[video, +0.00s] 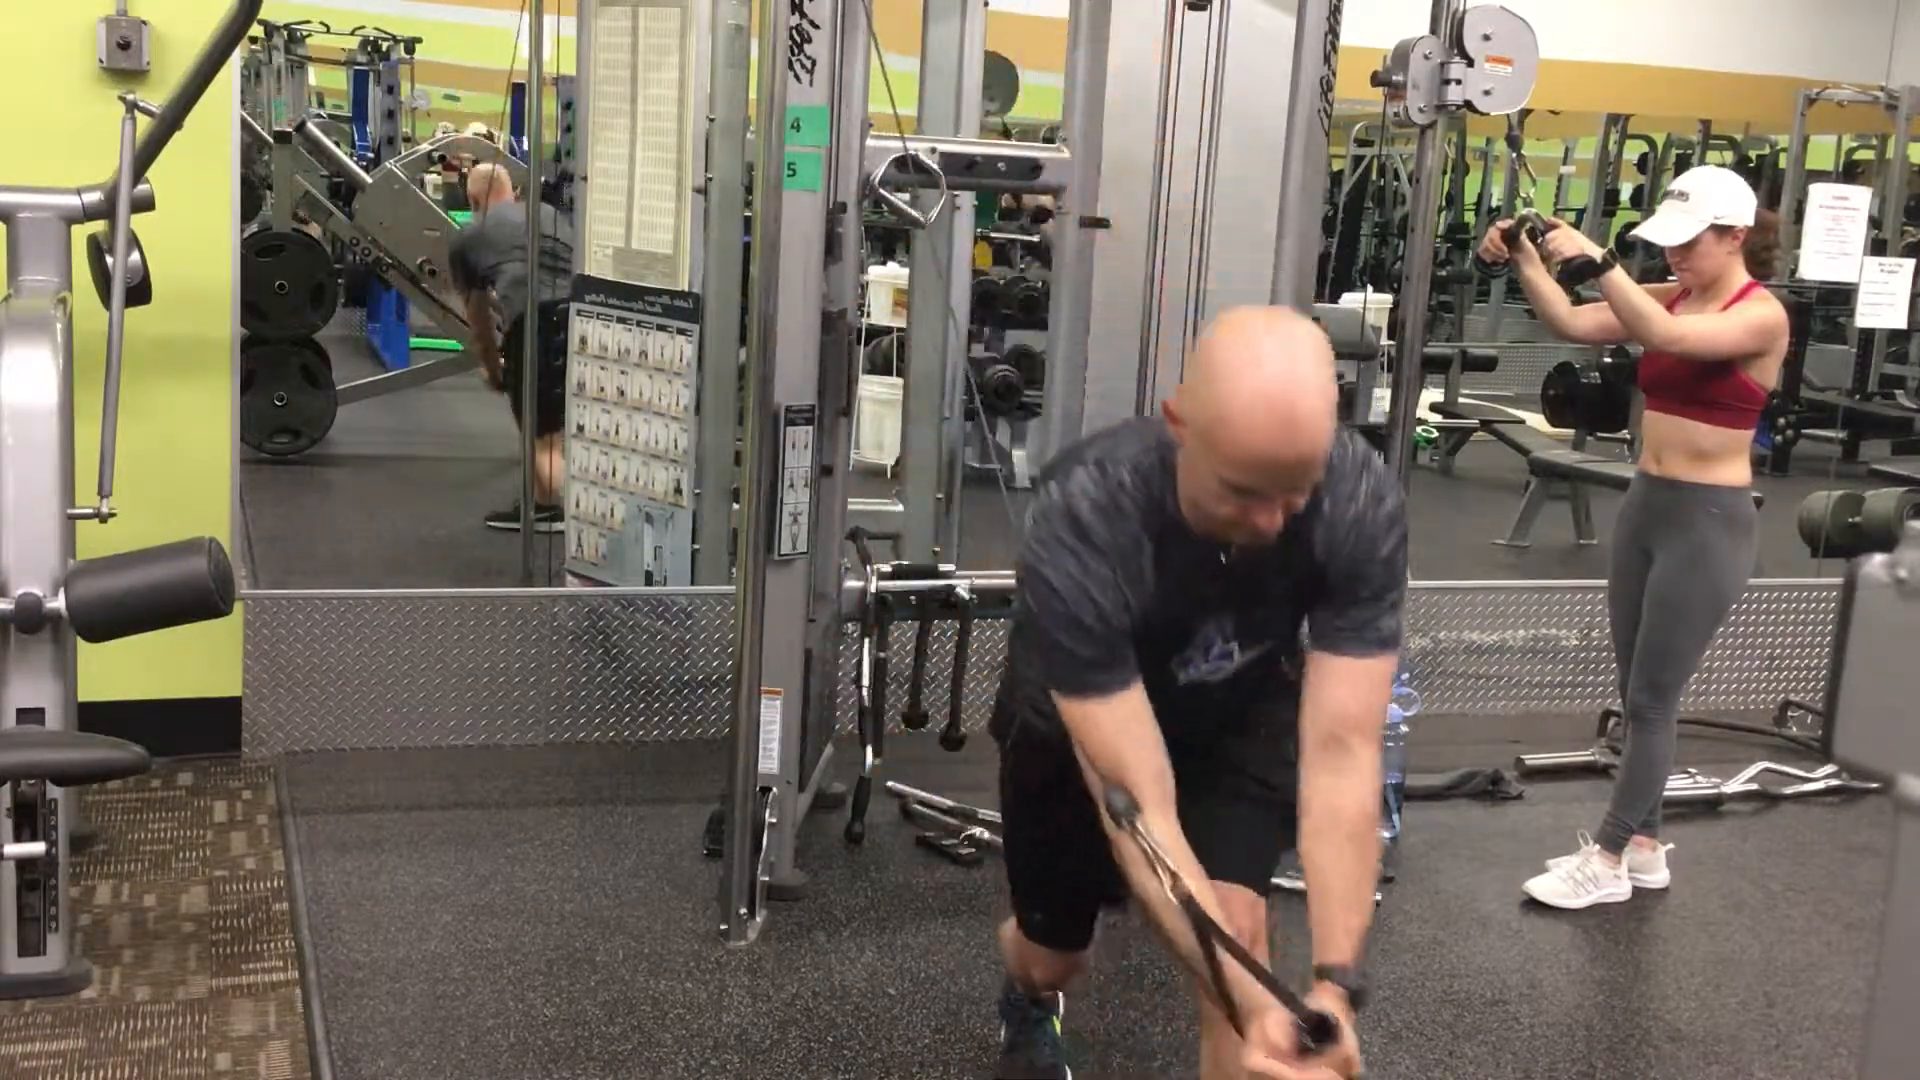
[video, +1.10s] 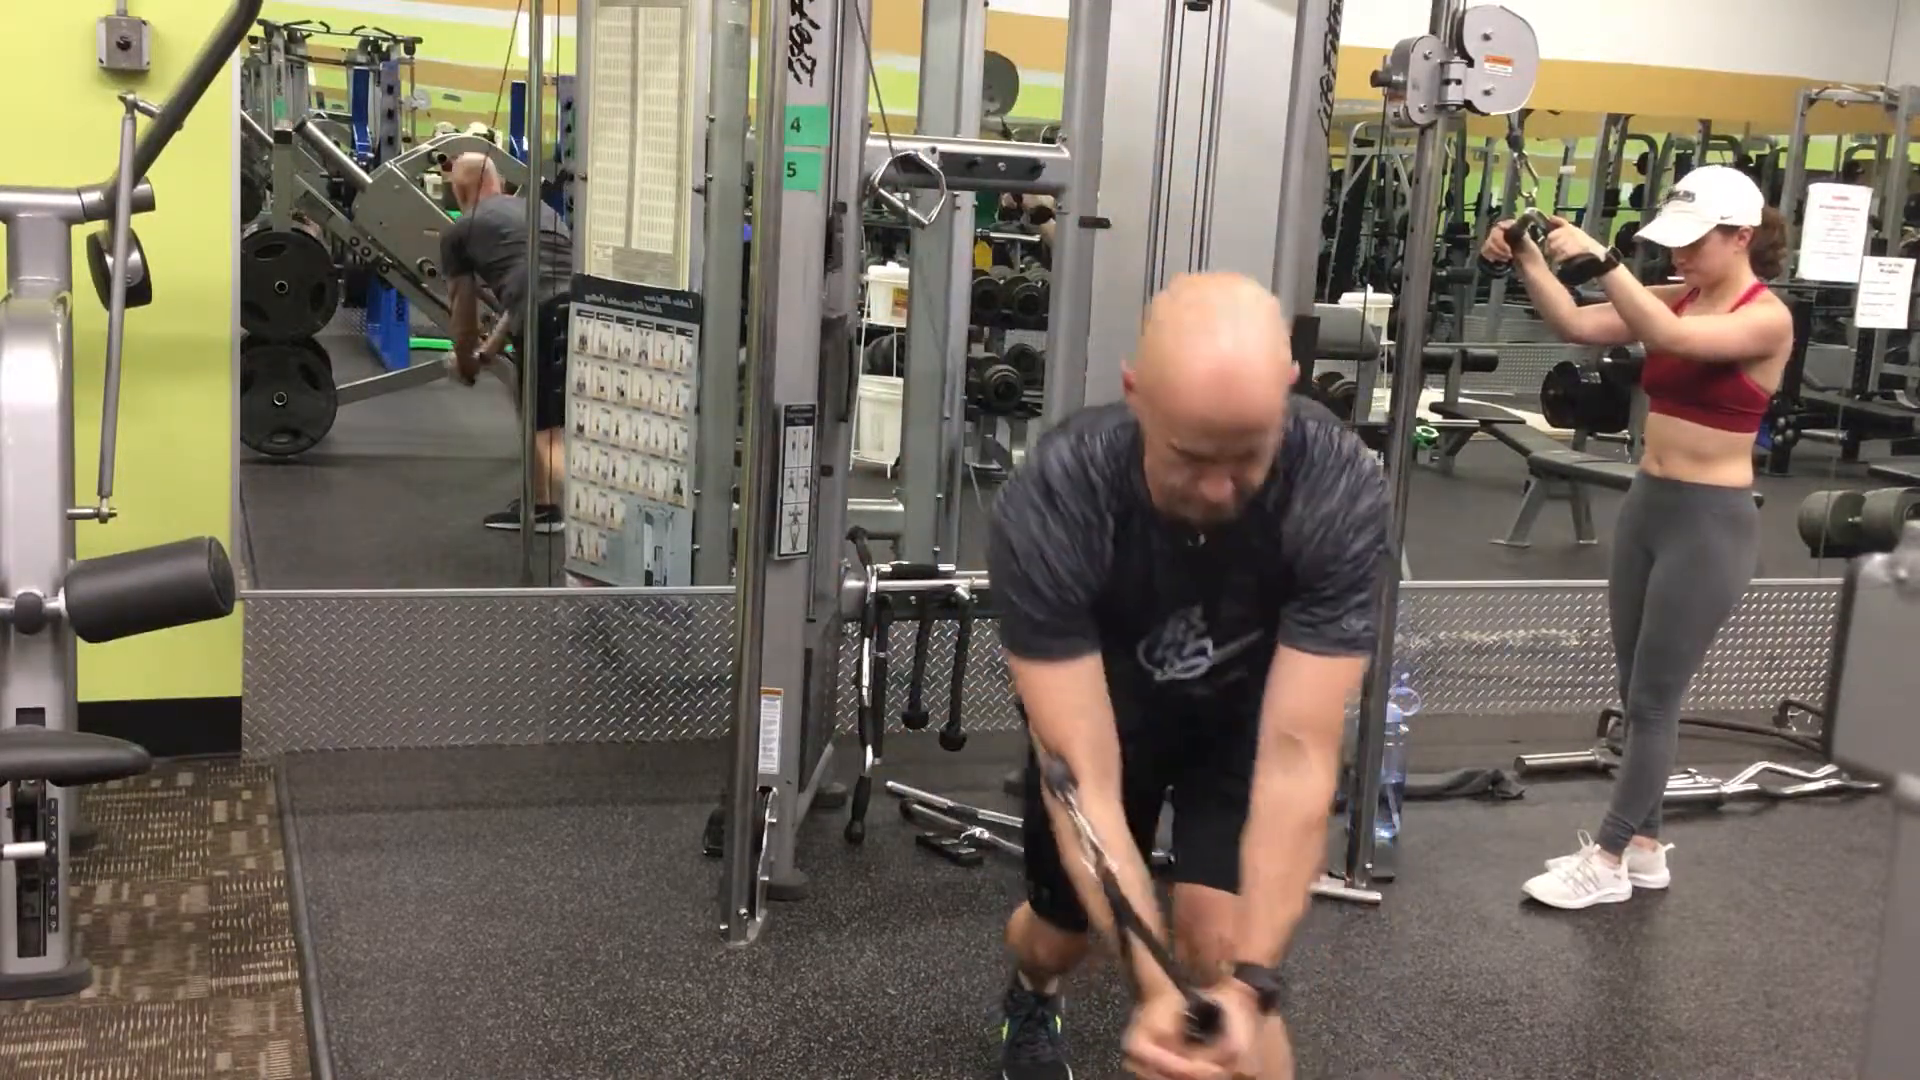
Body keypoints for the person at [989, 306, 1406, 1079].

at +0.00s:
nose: (1270, 521)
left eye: (1296, 493)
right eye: (1241, 493)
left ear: (1325, 441)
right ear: (1176, 424)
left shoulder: (1359, 507)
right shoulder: (1082, 517)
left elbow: (1345, 753)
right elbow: (1134, 804)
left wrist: (1335, 982)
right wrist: (1255, 1006)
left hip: (1238, 718)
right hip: (1079, 716)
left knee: (1236, 950)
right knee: (1053, 959)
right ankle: (1031, 1006)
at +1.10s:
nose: (1222, 489)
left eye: (1248, 455)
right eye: (1191, 459)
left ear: (1287, 384)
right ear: (1132, 393)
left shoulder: (1340, 495)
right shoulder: (1052, 500)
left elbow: (1300, 753)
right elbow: (1079, 780)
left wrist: (1253, 979)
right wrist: (1156, 987)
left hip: (1241, 732)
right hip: (1105, 723)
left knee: (1221, 953)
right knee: (1058, 944)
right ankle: (1033, 997)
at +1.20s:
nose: (1194, 449)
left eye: (1226, 420)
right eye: (1166, 414)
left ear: (1279, 356)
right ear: (1121, 351)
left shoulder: (1334, 475)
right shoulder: (1046, 466)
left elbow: (1269, 734)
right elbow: (1051, 738)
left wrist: (1187, 945)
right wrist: (1087, 931)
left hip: (1251, 715)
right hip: (1109, 705)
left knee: (1230, 960)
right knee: (1054, 923)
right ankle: (1044, 995)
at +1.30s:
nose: (1167, 406)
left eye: (1202, 378)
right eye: (1142, 370)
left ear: (1261, 333)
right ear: (1108, 316)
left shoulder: (1322, 453)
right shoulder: (1033, 436)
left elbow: (1236, 707)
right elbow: (1023, 696)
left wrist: (1124, 907)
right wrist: (1035, 888)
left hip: (1267, 694)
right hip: (1107, 686)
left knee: (1222, 947)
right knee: (1054, 900)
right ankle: (1061, 1004)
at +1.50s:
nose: (1109, 336)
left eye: (1145, 311)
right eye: (1091, 302)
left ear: (1219, 274)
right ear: (1071, 260)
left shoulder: (1291, 403)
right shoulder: (1022, 378)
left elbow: (1181, 655)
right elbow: (980, 616)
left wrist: (1032, 823)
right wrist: (962, 797)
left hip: (1262, 672)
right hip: (1102, 653)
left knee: (1219, 946)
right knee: (1060, 874)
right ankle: (1114, 1012)